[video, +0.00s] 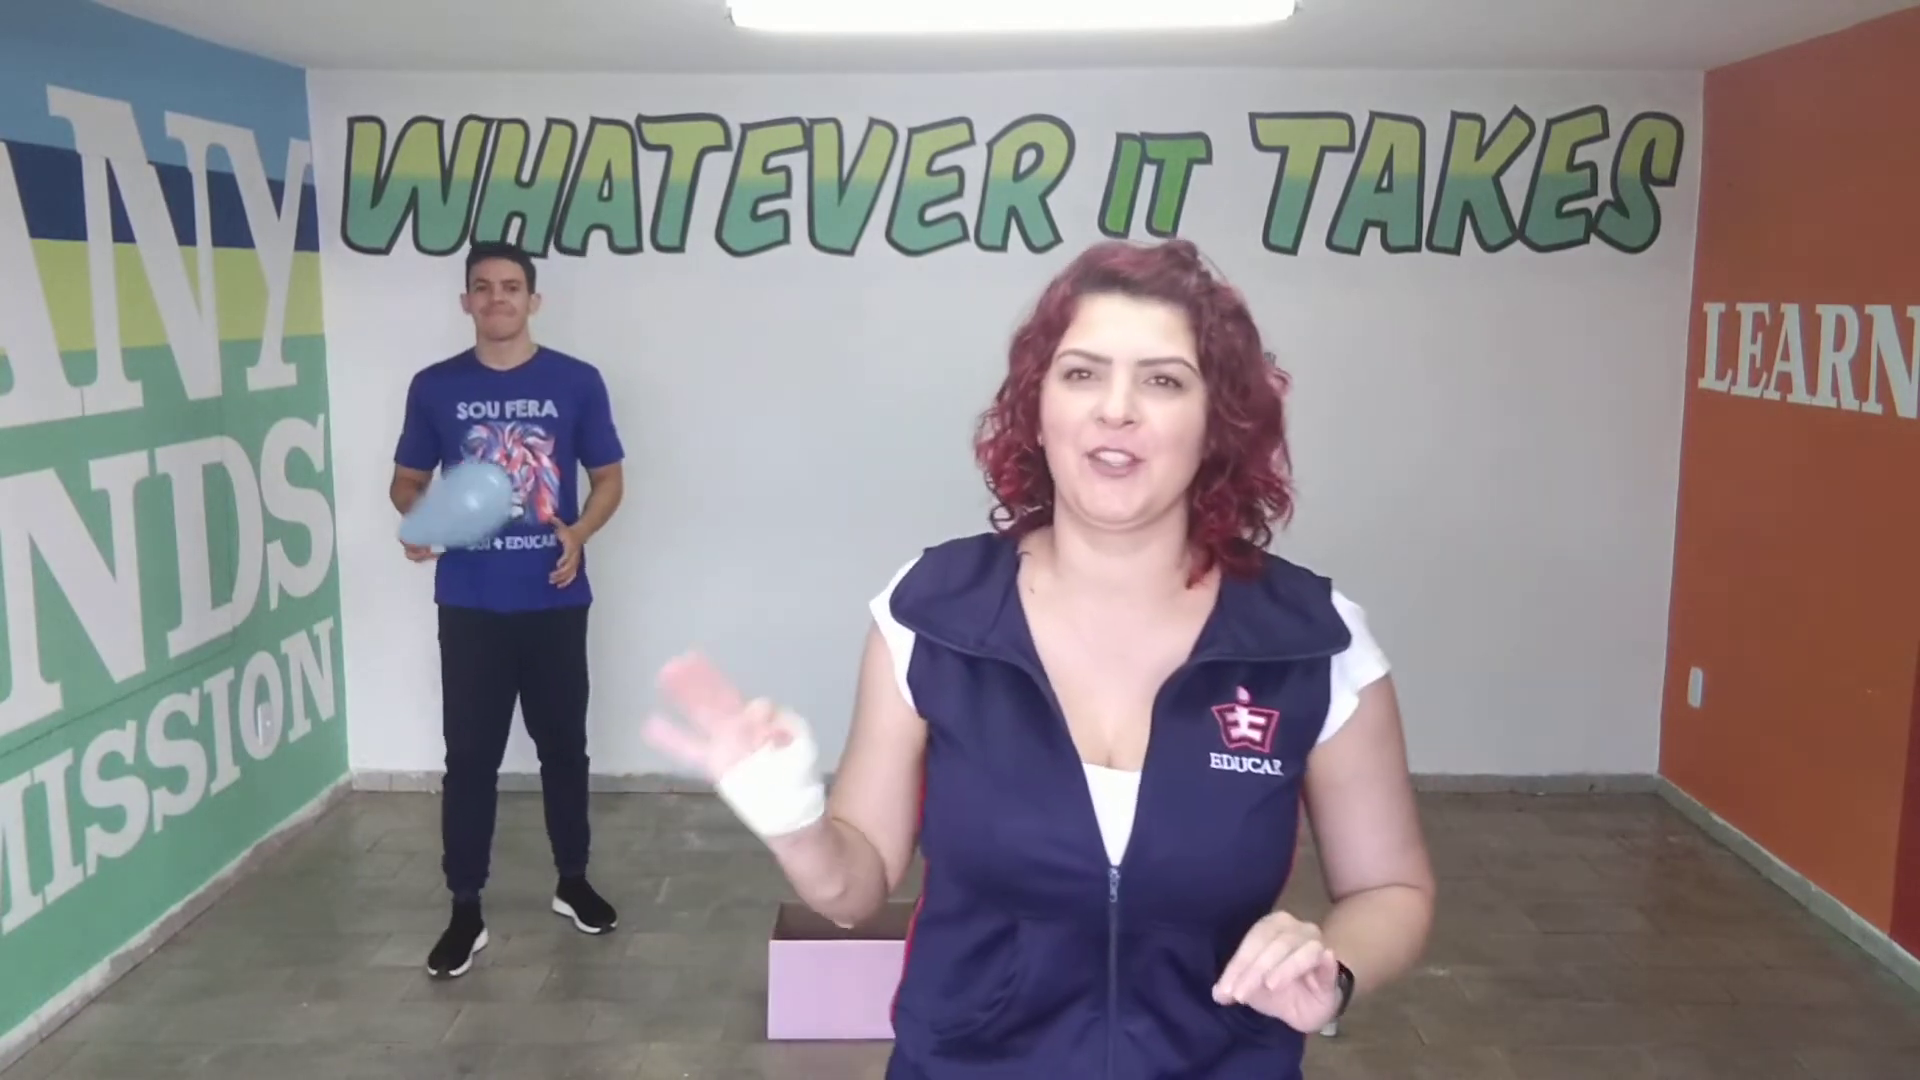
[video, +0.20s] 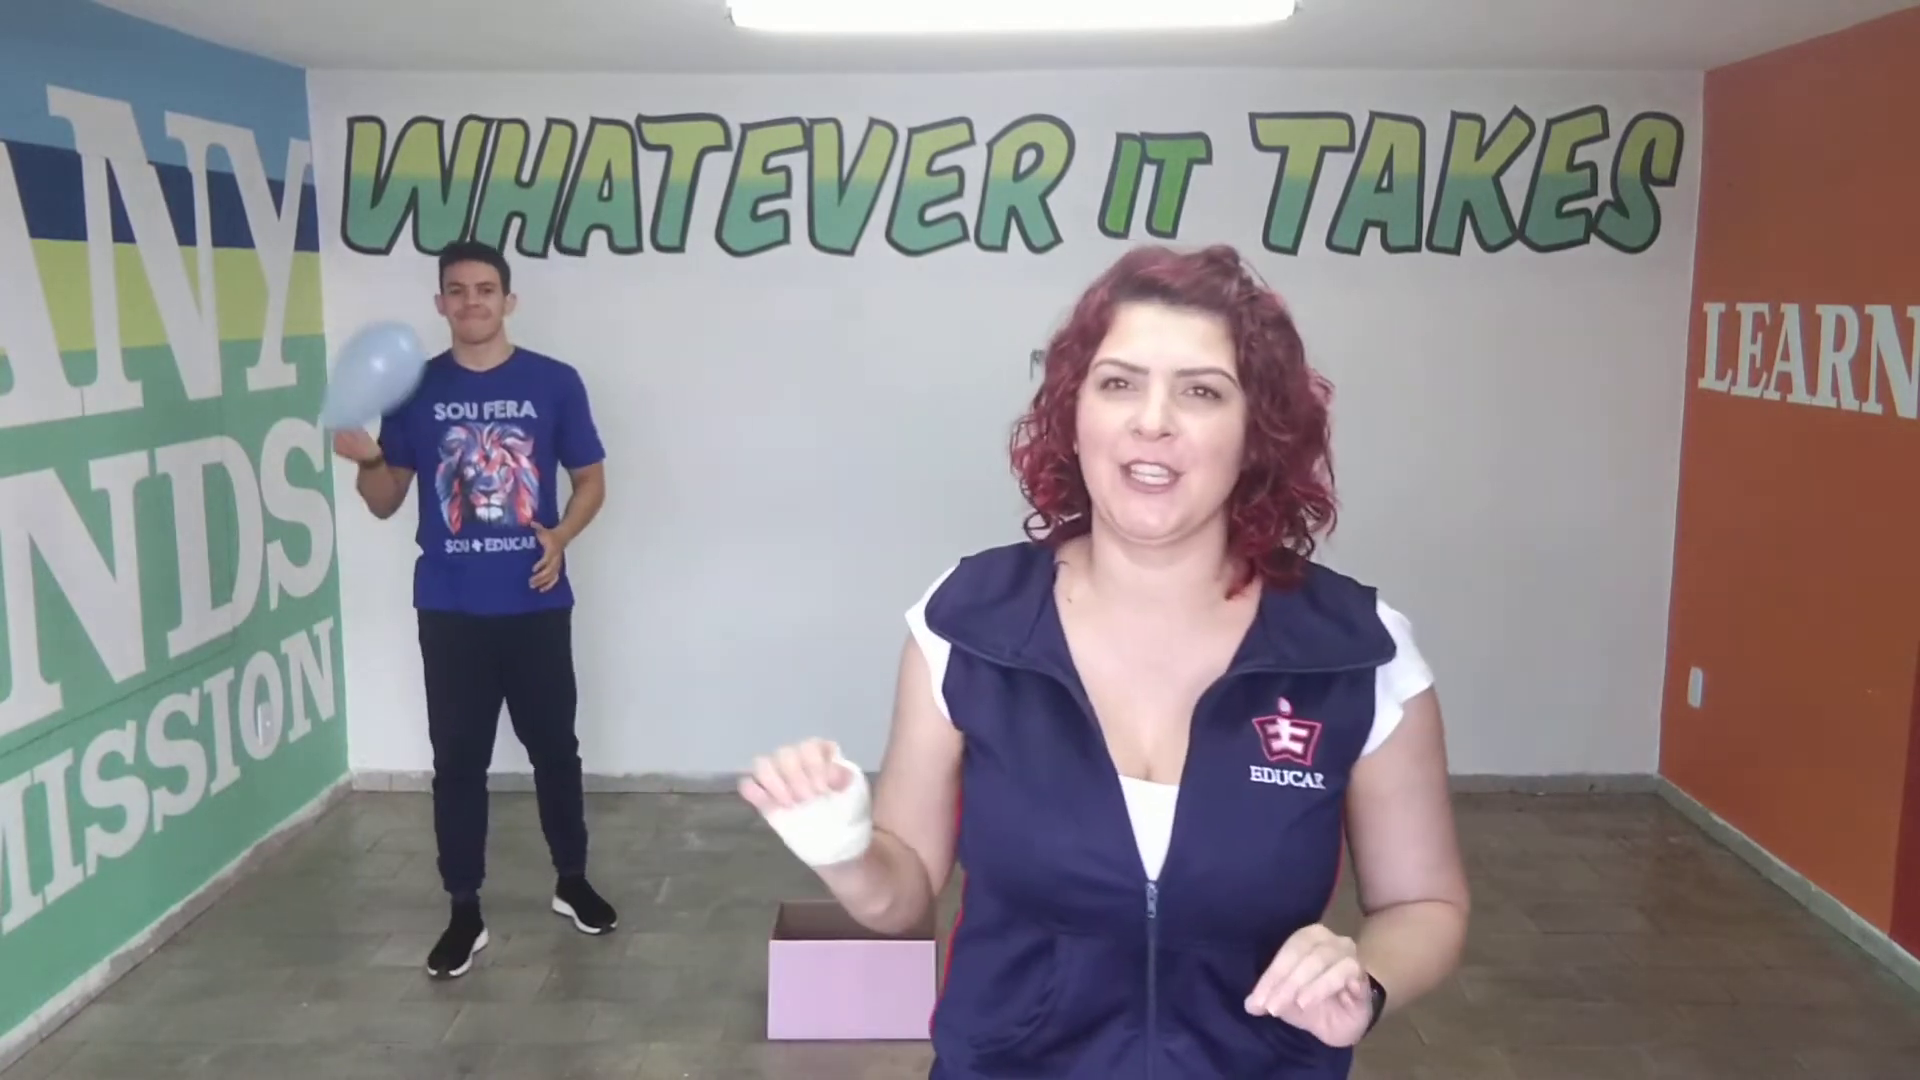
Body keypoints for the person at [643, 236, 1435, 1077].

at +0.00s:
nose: (1117, 413)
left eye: (1163, 381)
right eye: (1083, 374)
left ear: (1218, 417)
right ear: (1035, 402)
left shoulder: (1309, 637)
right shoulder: (935, 609)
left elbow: (1390, 890)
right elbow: (858, 889)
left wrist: (1332, 958)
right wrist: (782, 810)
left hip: (1215, 1061)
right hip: (970, 1060)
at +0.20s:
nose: (1153, 423)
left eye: (1201, 391)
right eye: (1120, 383)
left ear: (1260, 430)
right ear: (1071, 408)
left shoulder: (1354, 648)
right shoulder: (971, 617)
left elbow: (1424, 902)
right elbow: (904, 900)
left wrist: (1363, 969)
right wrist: (843, 848)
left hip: (1257, 1063)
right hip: (1011, 1061)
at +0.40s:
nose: (1179, 436)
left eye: (1228, 400)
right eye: (1144, 394)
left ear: (1288, 438)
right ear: (1097, 423)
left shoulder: (1386, 656)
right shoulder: (997, 627)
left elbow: (1453, 909)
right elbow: (931, 913)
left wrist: (1393, 985)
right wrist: (886, 873)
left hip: (1281, 1059)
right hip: (1033, 1059)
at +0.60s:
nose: (1204, 432)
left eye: (1250, 394)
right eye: (1165, 392)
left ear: (1311, 431)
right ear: (1118, 425)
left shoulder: (1407, 654)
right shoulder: (1016, 629)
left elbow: (1471, 904)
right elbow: (938, 920)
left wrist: (1430, 973)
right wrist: (903, 868)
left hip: (1314, 1064)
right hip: (1059, 1064)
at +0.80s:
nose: (1229, 409)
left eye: (1280, 384)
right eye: (1194, 375)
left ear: (1332, 436)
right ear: (1143, 413)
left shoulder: (1421, 659)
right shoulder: (1027, 628)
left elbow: (1480, 905)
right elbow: (941, 867)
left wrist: (1442, 988)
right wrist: (927, 882)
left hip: (1320, 1064)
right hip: (1065, 1063)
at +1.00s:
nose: (1242, 395)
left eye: (1293, 376)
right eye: (1209, 364)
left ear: (1340, 444)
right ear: (1153, 410)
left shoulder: (1425, 659)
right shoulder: (1031, 618)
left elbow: (1483, 909)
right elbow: (940, 852)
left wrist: (1424, 994)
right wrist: (896, 940)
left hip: (1306, 1064)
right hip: (1061, 1059)